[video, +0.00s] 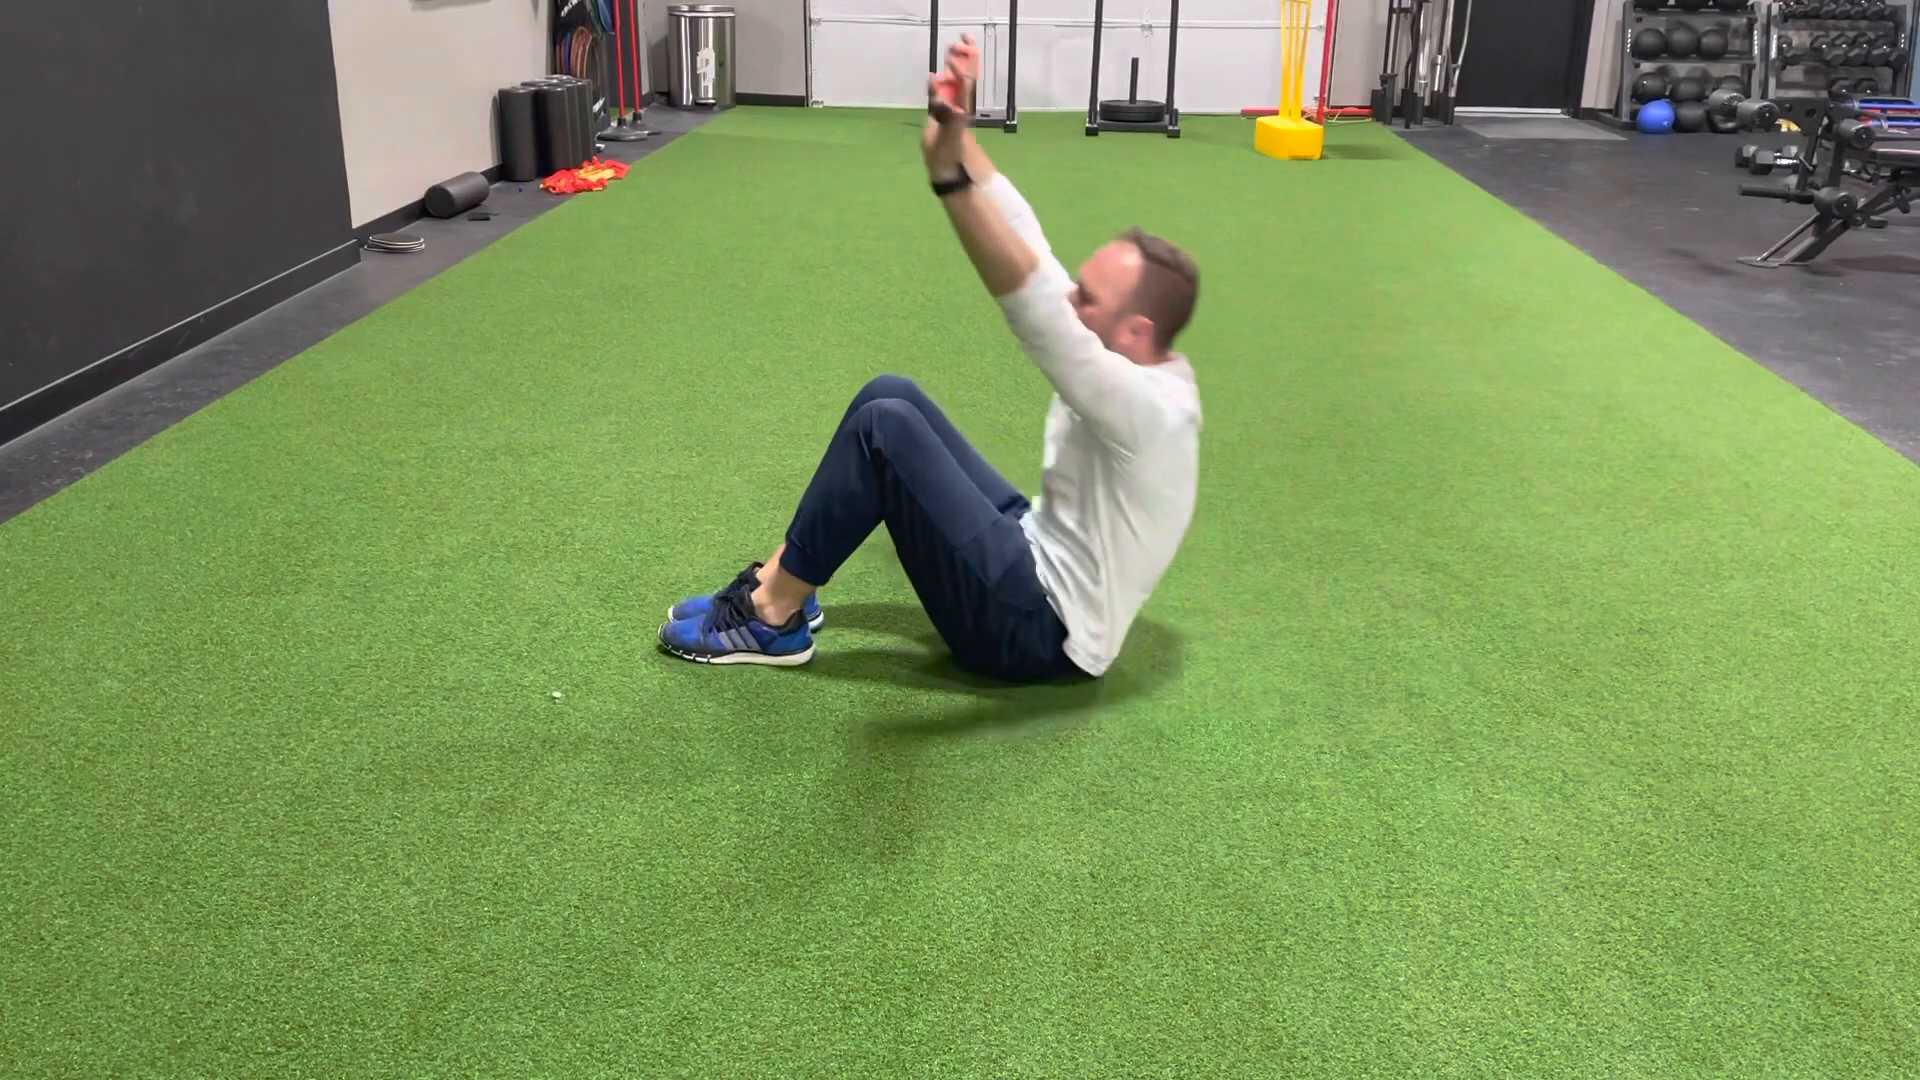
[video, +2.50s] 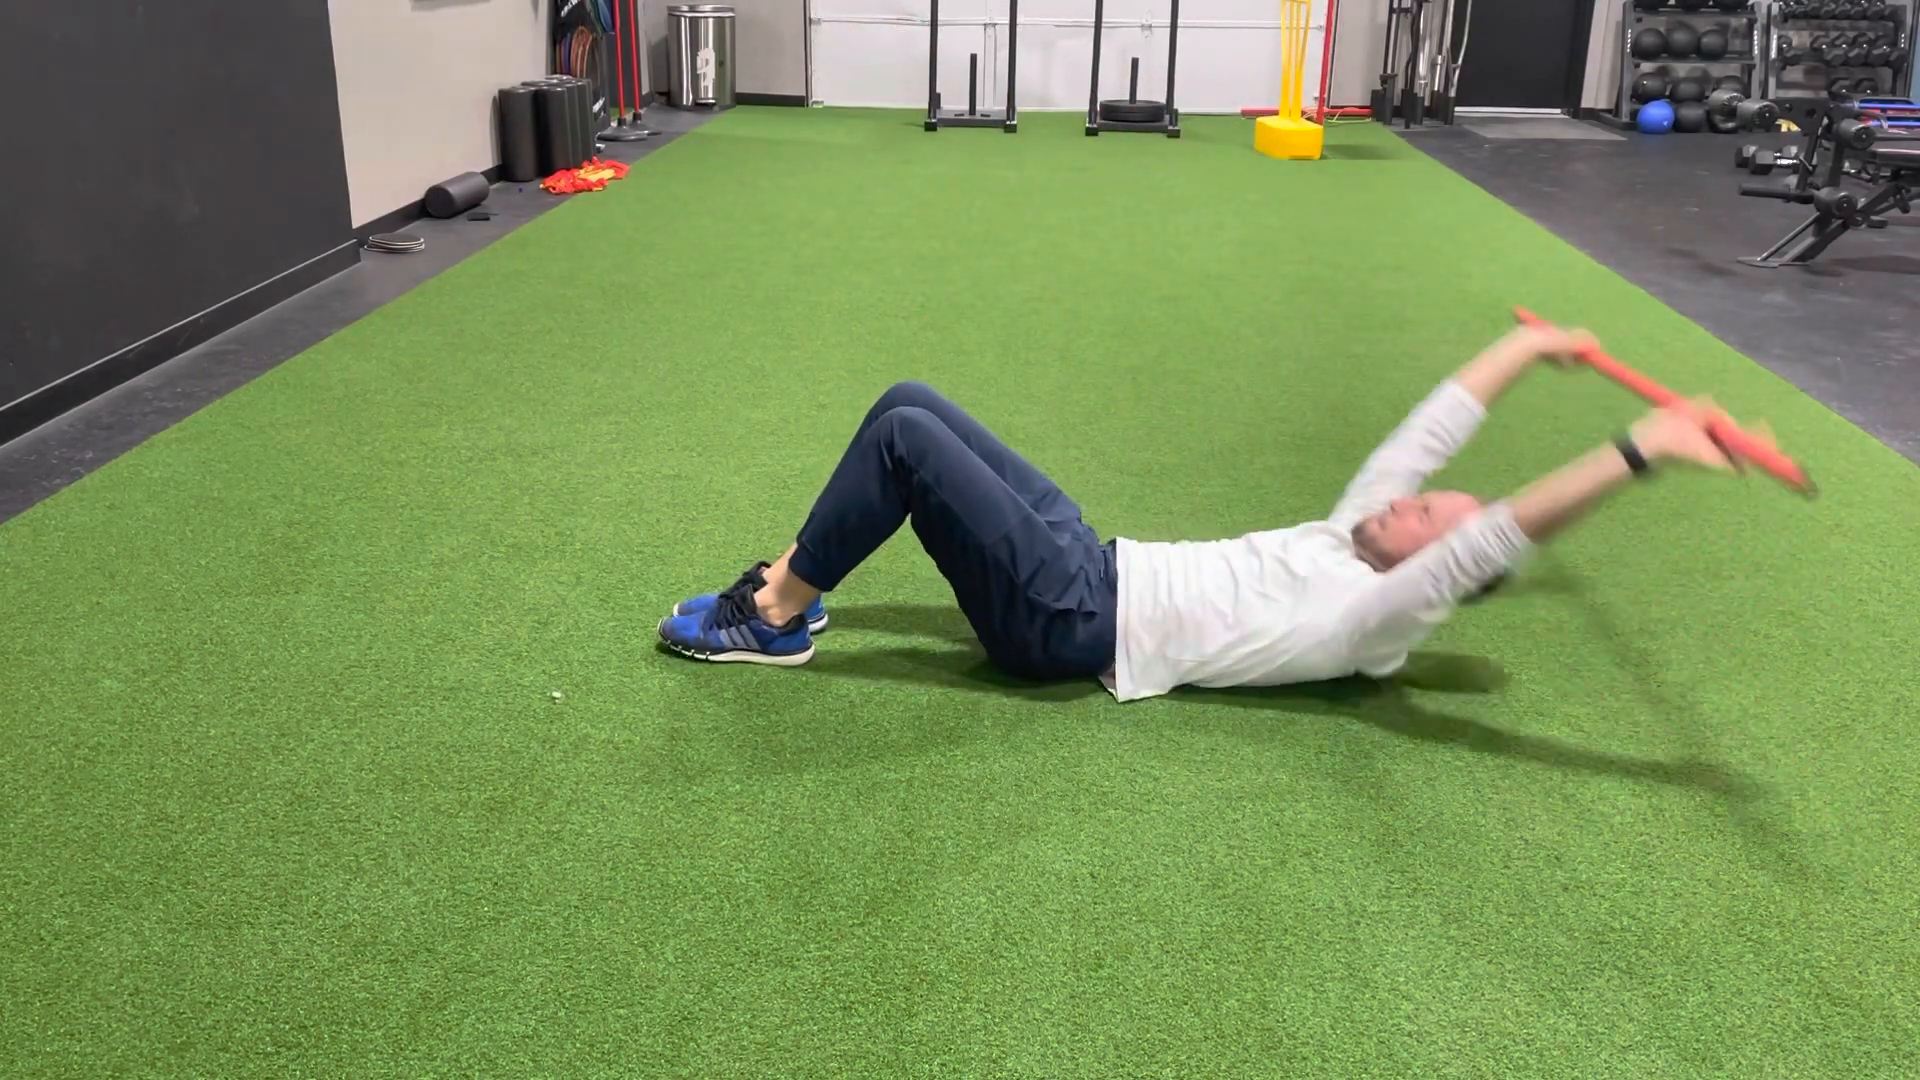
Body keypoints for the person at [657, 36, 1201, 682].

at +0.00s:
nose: (1072, 302)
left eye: (1090, 299)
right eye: (1081, 288)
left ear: (1136, 334)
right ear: (1137, 332)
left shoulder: (1139, 405)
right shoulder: (1137, 367)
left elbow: (1032, 298)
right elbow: (1032, 248)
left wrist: (949, 174)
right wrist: (959, 132)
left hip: (1043, 619)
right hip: (1044, 560)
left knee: (885, 425)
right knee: (887, 398)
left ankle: (774, 612)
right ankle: (781, 583)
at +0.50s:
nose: (993, 265)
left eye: (1012, 258)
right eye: (1004, 249)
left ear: (1057, 294)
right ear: (1056, 294)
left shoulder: (1057, 372)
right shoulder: (1052, 340)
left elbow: (944, 266)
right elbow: (952, 213)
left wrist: (849, 137)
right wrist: (883, 99)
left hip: (1007, 622)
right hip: (1012, 559)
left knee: (865, 425)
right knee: (876, 393)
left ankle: (766, 616)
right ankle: (780, 590)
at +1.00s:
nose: (1260, 364)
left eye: (1282, 368)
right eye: (1274, 353)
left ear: (1308, 424)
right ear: (1267, 380)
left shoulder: (1270, 499)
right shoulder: (1234, 440)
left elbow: (1226, 380)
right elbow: (1185, 318)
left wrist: (1213, 231)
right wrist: (1163, 153)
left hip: (1051, 622)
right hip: (1058, 562)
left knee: (884, 430)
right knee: (889, 405)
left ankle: (768, 615)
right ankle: (777, 594)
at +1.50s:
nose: (1456, 561)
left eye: (1478, 578)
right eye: (1466, 551)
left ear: (1473, 618)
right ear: (1440, 551)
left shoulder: (1390, 644)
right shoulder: (1365, 558)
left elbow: (1544, 596)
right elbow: (1456, 473)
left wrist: (1702, 553)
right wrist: (1573, 418)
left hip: (1085, 624)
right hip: (1091, 566)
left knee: (906, 436)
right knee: (907, 409)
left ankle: (778, 610)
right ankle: (787, 588)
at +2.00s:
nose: (1454, 576)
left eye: (1465, 593)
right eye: (1464, 576)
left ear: (1455, 639)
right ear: (1441, 575)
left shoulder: (1391, 660)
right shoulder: (1369, 579)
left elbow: (1554, 705)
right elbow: (1461, 551)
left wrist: (1713, 727)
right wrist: (1581, 551)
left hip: (1075, 618)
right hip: (1085, 562)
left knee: (897, 431)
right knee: (903, 405)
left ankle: (781, 610)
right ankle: (789, 581)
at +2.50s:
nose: (1420, 506)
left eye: (1442, 519)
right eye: (1430, 497)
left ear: (1448, 564)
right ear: (1404, 506)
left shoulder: (1379, 615)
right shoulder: (1350, 535)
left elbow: (1514, 530)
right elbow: (1425, 434)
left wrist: (1641, 441)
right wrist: (1525, 339)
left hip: (1082, 614)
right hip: (1096, 565)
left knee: (903, 424)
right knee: (909, 412)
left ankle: (781, 608)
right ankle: (786, 586)